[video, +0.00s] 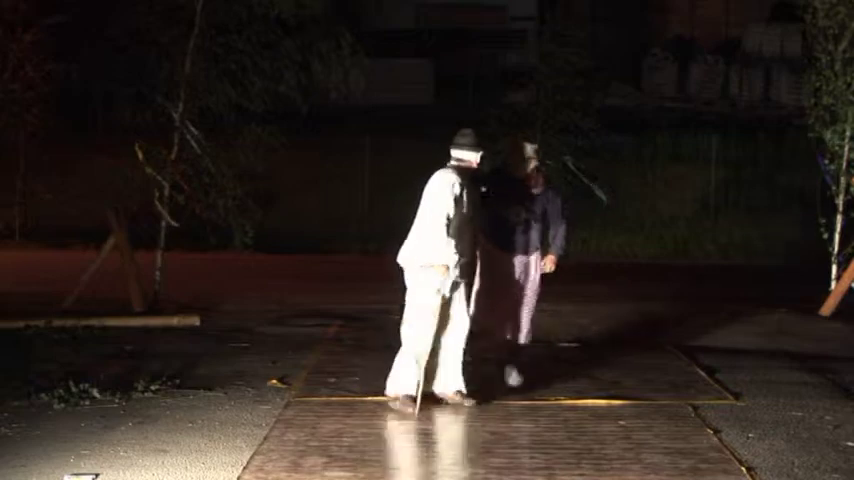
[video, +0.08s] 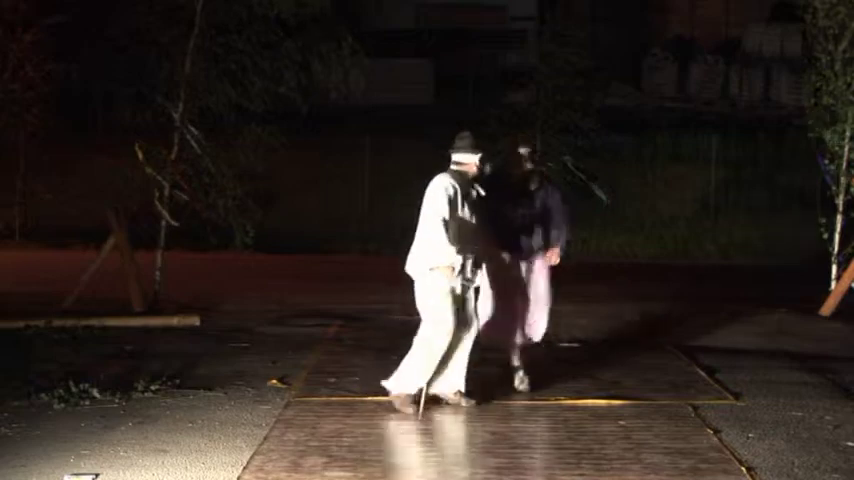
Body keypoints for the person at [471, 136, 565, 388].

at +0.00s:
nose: (524, 165)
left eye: (529, 160)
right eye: (520, 160)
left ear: (535, 161)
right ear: (510, 160)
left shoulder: (542, 189)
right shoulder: (497, 182)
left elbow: (556, 222)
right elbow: (484, 214)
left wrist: (553, 252)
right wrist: (482, 242)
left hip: (529, 254)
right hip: (496, 253)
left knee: (523, 308)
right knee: (490, 306)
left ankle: (513, 363)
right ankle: (483, 361)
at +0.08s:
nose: (524, 162)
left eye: (528, 157)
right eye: (519, 157)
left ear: (535, 158)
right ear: (510, 158)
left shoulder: (544, 184)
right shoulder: (498, 182)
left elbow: (556, 215)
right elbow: (487, 217)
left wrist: (555, 245)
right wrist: (494, 248)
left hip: (536, 254)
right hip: (505, 254)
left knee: (536, 310)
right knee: (512, 311)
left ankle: (518, 349)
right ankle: (517, 367)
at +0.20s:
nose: (481, 167)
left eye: (481, 162)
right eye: (476, 163)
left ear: (478, 165)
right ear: (461, 164)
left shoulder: (482, 197)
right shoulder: (446, 187)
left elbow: (522, 210)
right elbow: (427, 220)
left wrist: (560, 219)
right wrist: (446, 252)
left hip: (474, 269)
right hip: (440, 265)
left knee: (472, 329)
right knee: (477, 299)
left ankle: (452, 391)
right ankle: (439, 351)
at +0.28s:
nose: (485, 158)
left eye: (485, 152)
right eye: (480, 153)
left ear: (484, 154)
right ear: (466, 155)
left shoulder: (487, 180)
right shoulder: (450, 179)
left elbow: (520, 182)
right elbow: (433, 216)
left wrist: (559, 177)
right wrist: (445, 254)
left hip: (477, 261)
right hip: (453, 260)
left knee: (466, 323)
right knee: (490, 267)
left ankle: (449, 388)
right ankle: (475, 345)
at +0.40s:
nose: (495, 146)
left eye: (495, 141)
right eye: (491, 142)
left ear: (490, 141)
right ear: (477, 142)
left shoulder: (490, 162)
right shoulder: (459, 170)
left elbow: (520, 156)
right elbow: (448, 214)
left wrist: (554, 147)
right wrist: (457, 248)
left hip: (474, 236)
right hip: (448, 242)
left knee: (504, 252)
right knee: (454, 304)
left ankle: (509, 321)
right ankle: (443, 375)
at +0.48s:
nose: (501, 148)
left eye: (501, 142)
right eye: (495, 143)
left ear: (498, 142)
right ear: (480, 144)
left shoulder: (495, 160)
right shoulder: (464, 170)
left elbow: (525, 154)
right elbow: (456, 221)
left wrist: (556, 144)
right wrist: (483, 250)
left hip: (475, 241)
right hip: (447, 244)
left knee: (510, 264)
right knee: (456, 306)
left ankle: (521, 340)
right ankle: (439, 375)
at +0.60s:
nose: (503, 160)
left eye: (503, 155)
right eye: (499, 155)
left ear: (491, 155)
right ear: (488, 156)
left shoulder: (493, 175)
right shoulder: (469, 181)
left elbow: (524, 171)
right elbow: (468, 217)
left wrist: (557, 160)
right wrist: (488, 247)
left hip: (449, 258)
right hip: (470, 257)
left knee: (454, 319)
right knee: (510, 306)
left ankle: (436, 390)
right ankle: (509, 379)